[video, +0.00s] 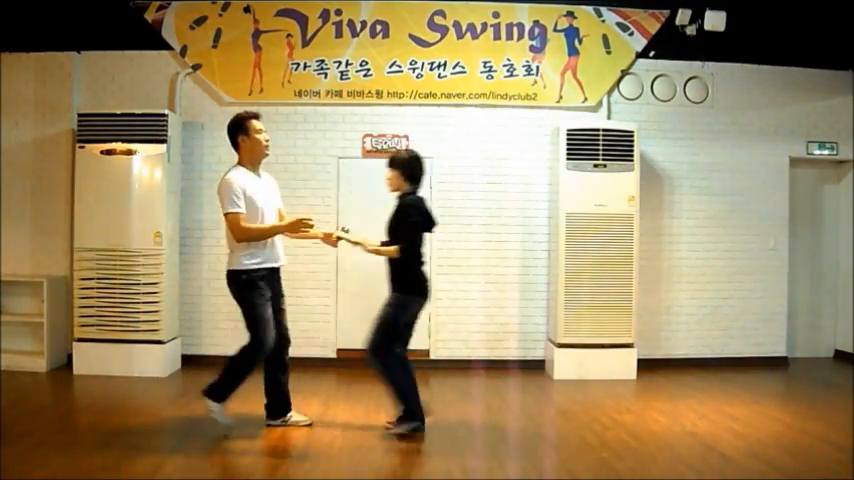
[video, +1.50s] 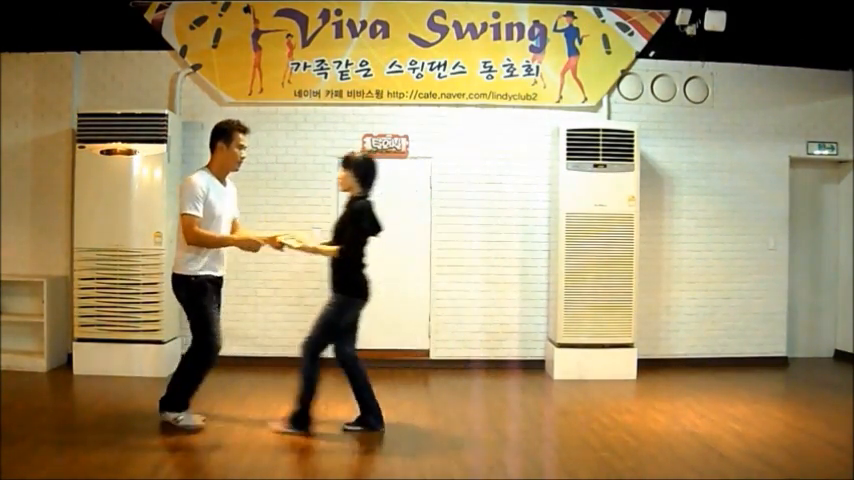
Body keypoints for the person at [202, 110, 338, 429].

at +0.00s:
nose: (267, 137)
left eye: (265, 132)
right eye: (260, 133)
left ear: (251, 141)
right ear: (241, 141)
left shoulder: (268, 181)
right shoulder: (231, 182)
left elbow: (281, 226)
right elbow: (239, 233)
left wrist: (318, 235)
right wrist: (285, 227)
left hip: (270, 271)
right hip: (246, 274)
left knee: (279, 341)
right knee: (263, 341)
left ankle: (278, 412)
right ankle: (215, 396)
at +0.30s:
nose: (274, 144)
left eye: (273, 139)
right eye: (268, 139)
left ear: (264, 145)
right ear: (248, 144)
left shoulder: (274, 186)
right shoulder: (231, 185)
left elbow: (306, 224)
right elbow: (221, 235)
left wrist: (344, 225)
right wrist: (266, 237)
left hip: (276, 277)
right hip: (249, 280)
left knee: (308, 331)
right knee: (271, 346)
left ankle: (288, 407)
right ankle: (249, 417)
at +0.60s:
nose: (283, 162)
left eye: (284, 156)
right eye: (280, 155)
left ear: (265, 156)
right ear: (260, 153)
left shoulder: (279, 196)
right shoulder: (230, 192)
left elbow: (319, 232)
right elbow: (205, 237)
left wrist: (360, 236)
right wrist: (242, 251)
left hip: (281, 283)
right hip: (254, 287)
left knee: (309, 340)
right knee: (287, 345)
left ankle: (302, 413)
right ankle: (251, 409)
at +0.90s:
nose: (273, 154)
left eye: (274, 149)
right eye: (269, 147)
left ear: (259, 149)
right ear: (249, 145)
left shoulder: (261, 189)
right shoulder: (221, 181)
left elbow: (299, 221)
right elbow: (216, 228)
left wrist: (339, 222)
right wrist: (260, 231)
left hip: (252, 276)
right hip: (227, 277)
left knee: (278, 334)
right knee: (255, 342)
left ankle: (270, 408)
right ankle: (247, 418)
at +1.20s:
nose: (254, 154)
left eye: (255, 148)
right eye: (249, 147)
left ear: (241, 150)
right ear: (229, 147)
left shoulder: (243, 191)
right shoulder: (206, 185)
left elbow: (261, 235)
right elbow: (204, 237)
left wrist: (301, 238)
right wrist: (249, 241)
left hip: (228, 279)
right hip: (209, 280)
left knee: (212, 348)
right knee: (240, 341)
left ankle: (173, 403)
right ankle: (246, 416)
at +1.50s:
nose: (244, 155)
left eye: (244, 149)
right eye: (239, 148)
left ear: (225, 149)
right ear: (219, 147)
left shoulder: (229, 188)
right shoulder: (195, 183)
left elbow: (234, 234)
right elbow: (191, 235)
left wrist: (265, 240)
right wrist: (237, 242)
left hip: (213, 277)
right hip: (191, 277)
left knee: (206, 344)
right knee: (208, 344)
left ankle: (176, 405)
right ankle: (172, 408)